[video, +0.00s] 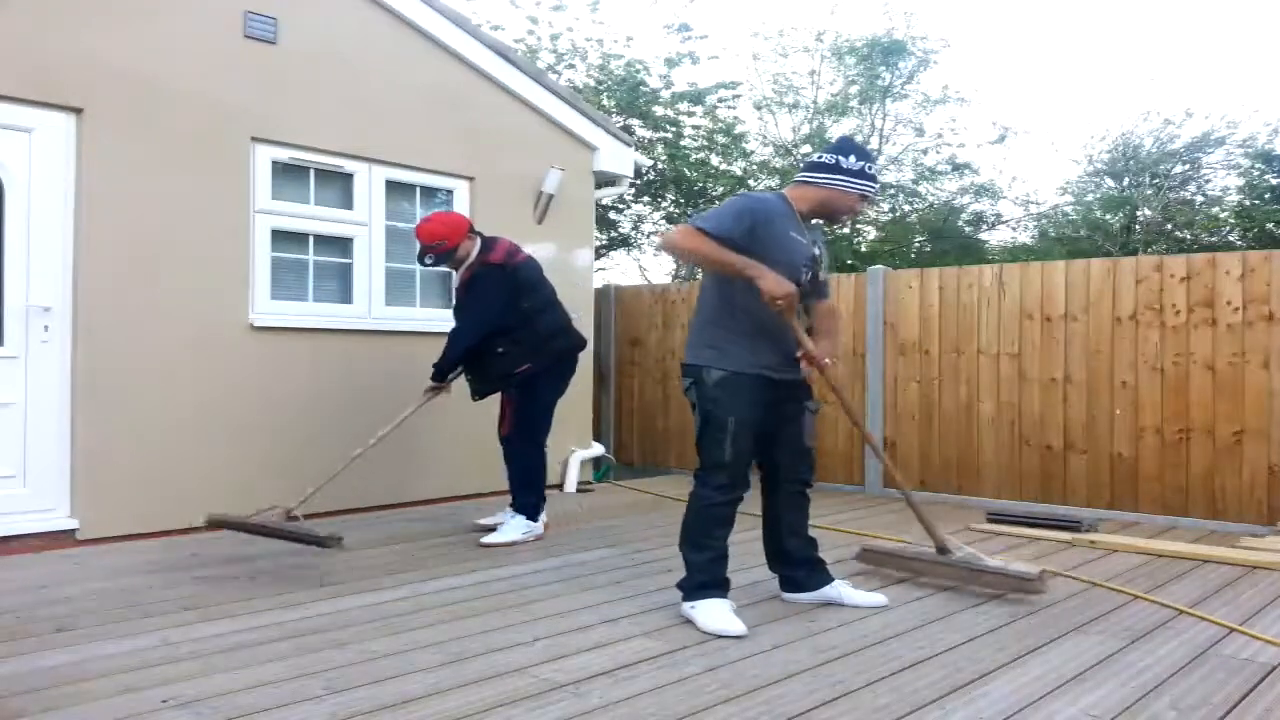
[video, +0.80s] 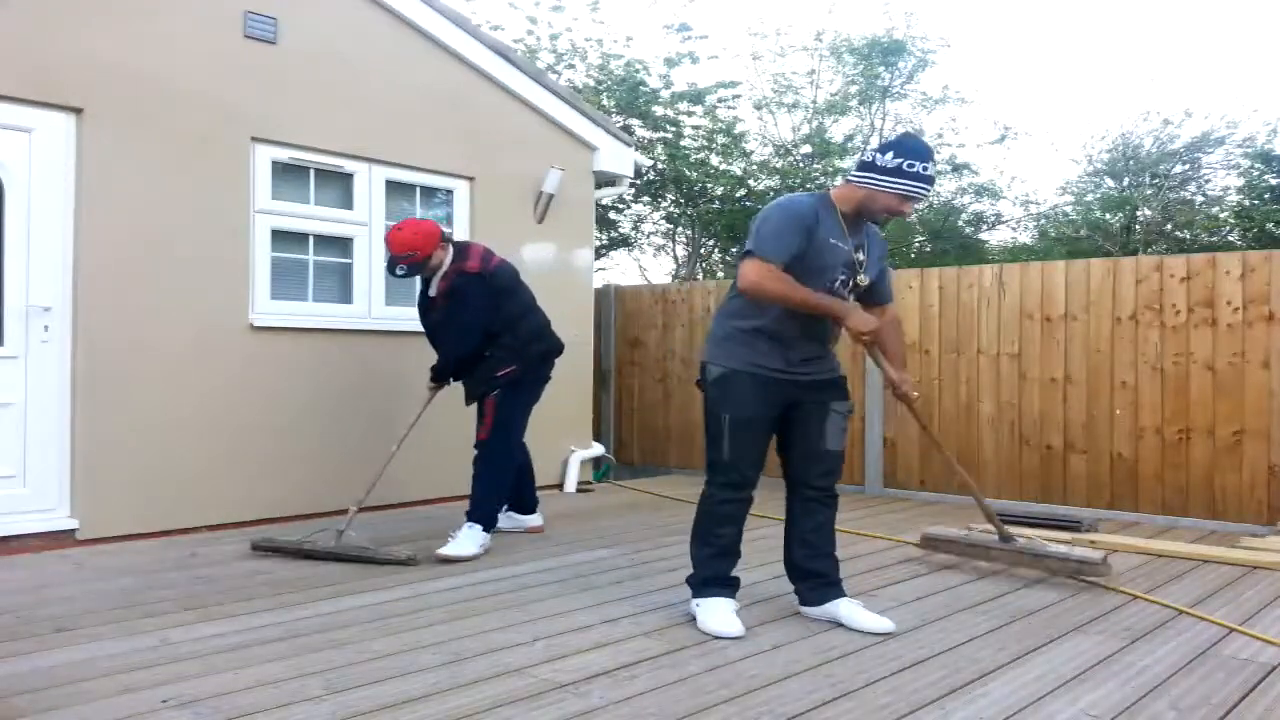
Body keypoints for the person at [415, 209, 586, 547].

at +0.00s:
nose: (446, 264)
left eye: (447, 257)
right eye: (442, 259)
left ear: (464, 241)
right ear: (466, 239)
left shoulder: (490, 272)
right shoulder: (489, 257)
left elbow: (470, 330)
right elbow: (474, 323)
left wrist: (440, 373)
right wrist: (451, 365)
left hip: (544, 358)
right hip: (530, 358)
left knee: (523, 435)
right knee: (514, 434)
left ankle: (529, 517)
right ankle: (522, 509)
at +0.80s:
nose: (415, 273)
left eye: (419, 266)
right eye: (412, 268)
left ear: (438, 250)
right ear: (435, 251)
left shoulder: (472, 274)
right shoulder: (436, 280)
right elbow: (447, 331)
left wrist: (446, 372)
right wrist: (447, 364)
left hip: (523, 355)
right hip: (496, 359)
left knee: (493, 440)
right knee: (504, 434)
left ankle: (477, 527)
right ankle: (523, 510)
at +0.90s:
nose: (406, 273)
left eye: (408, 265)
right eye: (402, 268)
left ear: (428, 251)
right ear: (429, 251)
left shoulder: (468, 271)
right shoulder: (429, 286)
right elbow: (447, 336)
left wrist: (442, 367)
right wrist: (437, 363)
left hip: (519, 355)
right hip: (493, 359)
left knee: (488, 439)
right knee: (505, 432)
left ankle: (475, 528)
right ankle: (523, 510)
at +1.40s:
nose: (386, 258)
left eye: (387, 250)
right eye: (380, 253)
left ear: (407, 235)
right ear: (409, 233)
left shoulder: (435, 270)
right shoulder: (437, 249)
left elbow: (406, 332)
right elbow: (413, 327)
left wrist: (362, 374)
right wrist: (374, 371)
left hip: (495, 356)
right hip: (480, 354)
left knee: (471, 439)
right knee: (473, 435)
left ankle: (473, 530)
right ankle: (506, 508)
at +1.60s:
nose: (377, 252)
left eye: (378, 244)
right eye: (373, 246)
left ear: (399, 229)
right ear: (397, 230)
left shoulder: (432, 259)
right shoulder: (410, 257)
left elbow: (413, 321)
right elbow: (410, 319)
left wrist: (375, 363)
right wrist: (385, 357)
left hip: (488, 358)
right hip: (454, 364)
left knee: (469, 441)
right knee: (441, 441)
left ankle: (474, 529)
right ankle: (450, 519)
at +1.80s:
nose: (369, 255)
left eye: (372, 246)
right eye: (366, 249)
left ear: (392, 233)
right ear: (389, 234)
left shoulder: (427, 261)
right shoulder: (394, 267)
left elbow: (421, 330)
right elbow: (390, 320)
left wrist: (394, 364)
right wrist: (396, 355)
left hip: (477, 354)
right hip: (441, 359)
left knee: (447, 437)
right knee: (428, 438)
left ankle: (468, 525)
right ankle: (449, 517)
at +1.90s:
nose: (365, 257)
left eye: (367, 250)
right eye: (362, 252)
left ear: (387, 237)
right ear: (386, 236)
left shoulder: (425, 262)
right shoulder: (394, 265)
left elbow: (427, 328)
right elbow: (401, 324)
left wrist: (402, 367)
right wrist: (405, 359)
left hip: (473, 351)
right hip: (441, 355)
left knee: (439, 436)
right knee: (426, 437)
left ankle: (459, 523)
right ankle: (446, 516)